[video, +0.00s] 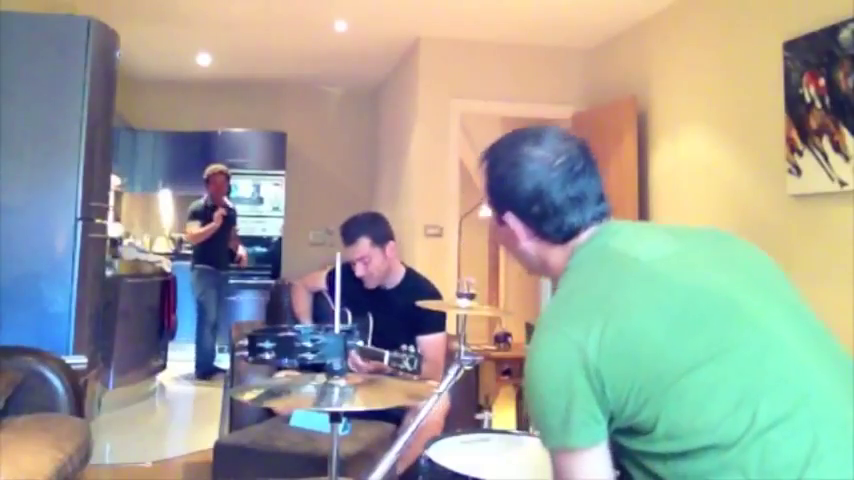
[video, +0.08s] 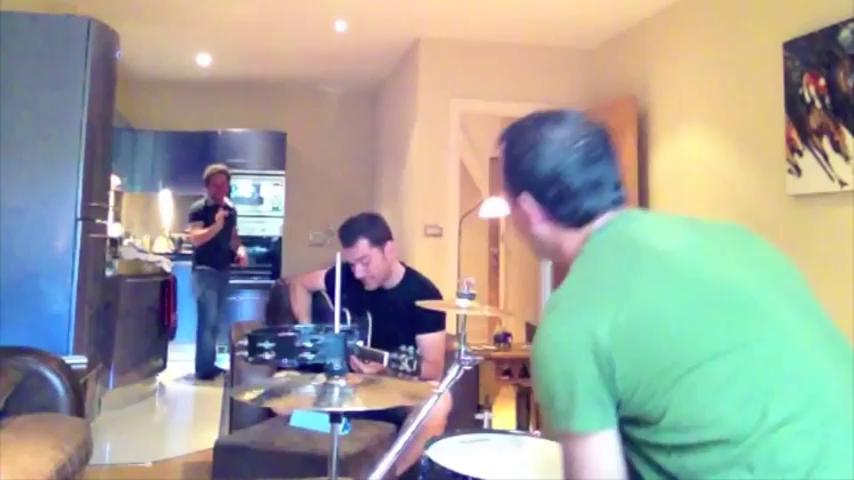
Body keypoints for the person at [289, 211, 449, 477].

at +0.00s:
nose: (358, 272)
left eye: (365, 261)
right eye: (353, 263)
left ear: (390, 250)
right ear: (347, 258)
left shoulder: (423, 296)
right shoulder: (345, 277)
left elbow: (432, 376)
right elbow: (301, 286)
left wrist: (382, 368)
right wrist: (308, 334)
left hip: (398, 394)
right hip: (343, 386)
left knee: (434, 408)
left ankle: (384, 474)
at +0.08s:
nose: (358, 273)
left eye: (365, 261)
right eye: (351, 264)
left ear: (390, 250)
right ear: (345, 259)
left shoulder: (423, 294)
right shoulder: (345, 277)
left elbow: (433, 371)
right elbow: (299, 285)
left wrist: (384, 370)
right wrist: (306, 336)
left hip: (400, 390)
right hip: (345, 382)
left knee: (439, 403)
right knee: (281, 396)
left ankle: (386, 474)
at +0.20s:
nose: (354, 275)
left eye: (360, 264)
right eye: (347, 267)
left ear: (384, 250)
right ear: (341, 262)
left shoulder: (421, 292)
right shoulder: (342, 279)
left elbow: (435, 368)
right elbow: (298, 285)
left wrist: (387, 369)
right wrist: (306, 335)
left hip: (400, 389)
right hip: (344, 382)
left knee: (440, 403)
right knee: (283, 396)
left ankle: (388, 473)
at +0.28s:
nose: (351, 277)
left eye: (357, 266)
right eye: (345, 269)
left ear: (380, 250)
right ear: (338, 263)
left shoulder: (420, 292)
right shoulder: (340, 279)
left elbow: (436, 367)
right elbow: (297, 285)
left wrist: (386, 369)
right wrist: (306, 335)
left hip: (400, 390)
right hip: (344, 383)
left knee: (440, 403)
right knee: (282, 397)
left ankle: (388, 474)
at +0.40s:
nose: (347, 280)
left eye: (352, 269)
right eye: (341, 273)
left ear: (374, 252)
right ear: (333, 267)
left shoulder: (415, 290)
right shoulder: (337, 282)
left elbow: (436, 367)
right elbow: (296, 285)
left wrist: (380, 366)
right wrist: (307, 335)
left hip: (399, 392)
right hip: (343, 388)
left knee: (439, 403)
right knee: (282, 399)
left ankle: (388, 473)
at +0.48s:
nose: (345, 282)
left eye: (350, 271)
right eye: (338, 274)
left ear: (372, 253)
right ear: (331, 268)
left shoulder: (413, 290)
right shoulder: (334, 282)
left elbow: (436, 367)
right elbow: (296, 286)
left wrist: (379, 366)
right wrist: (307, 336)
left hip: (396, 391)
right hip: (340, 387)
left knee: (440, 403)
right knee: (281, 399)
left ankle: (387, 474)